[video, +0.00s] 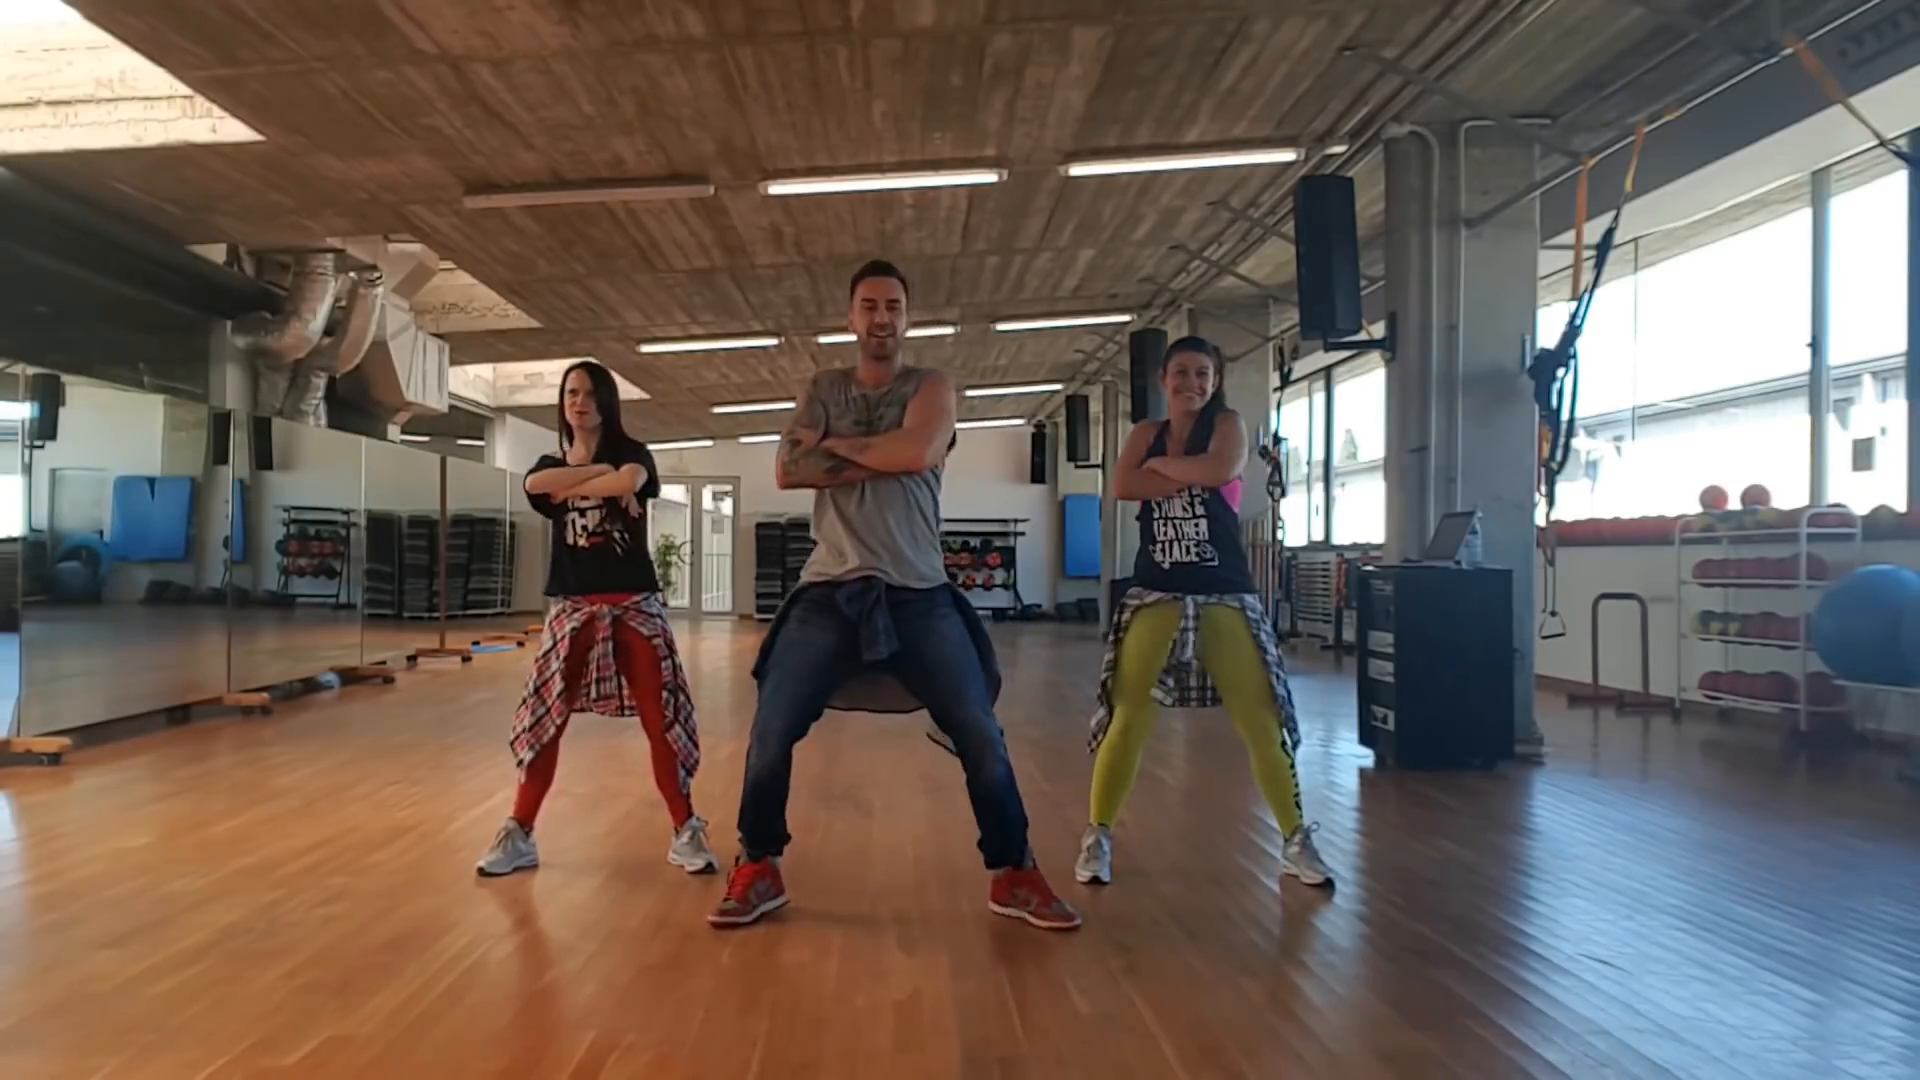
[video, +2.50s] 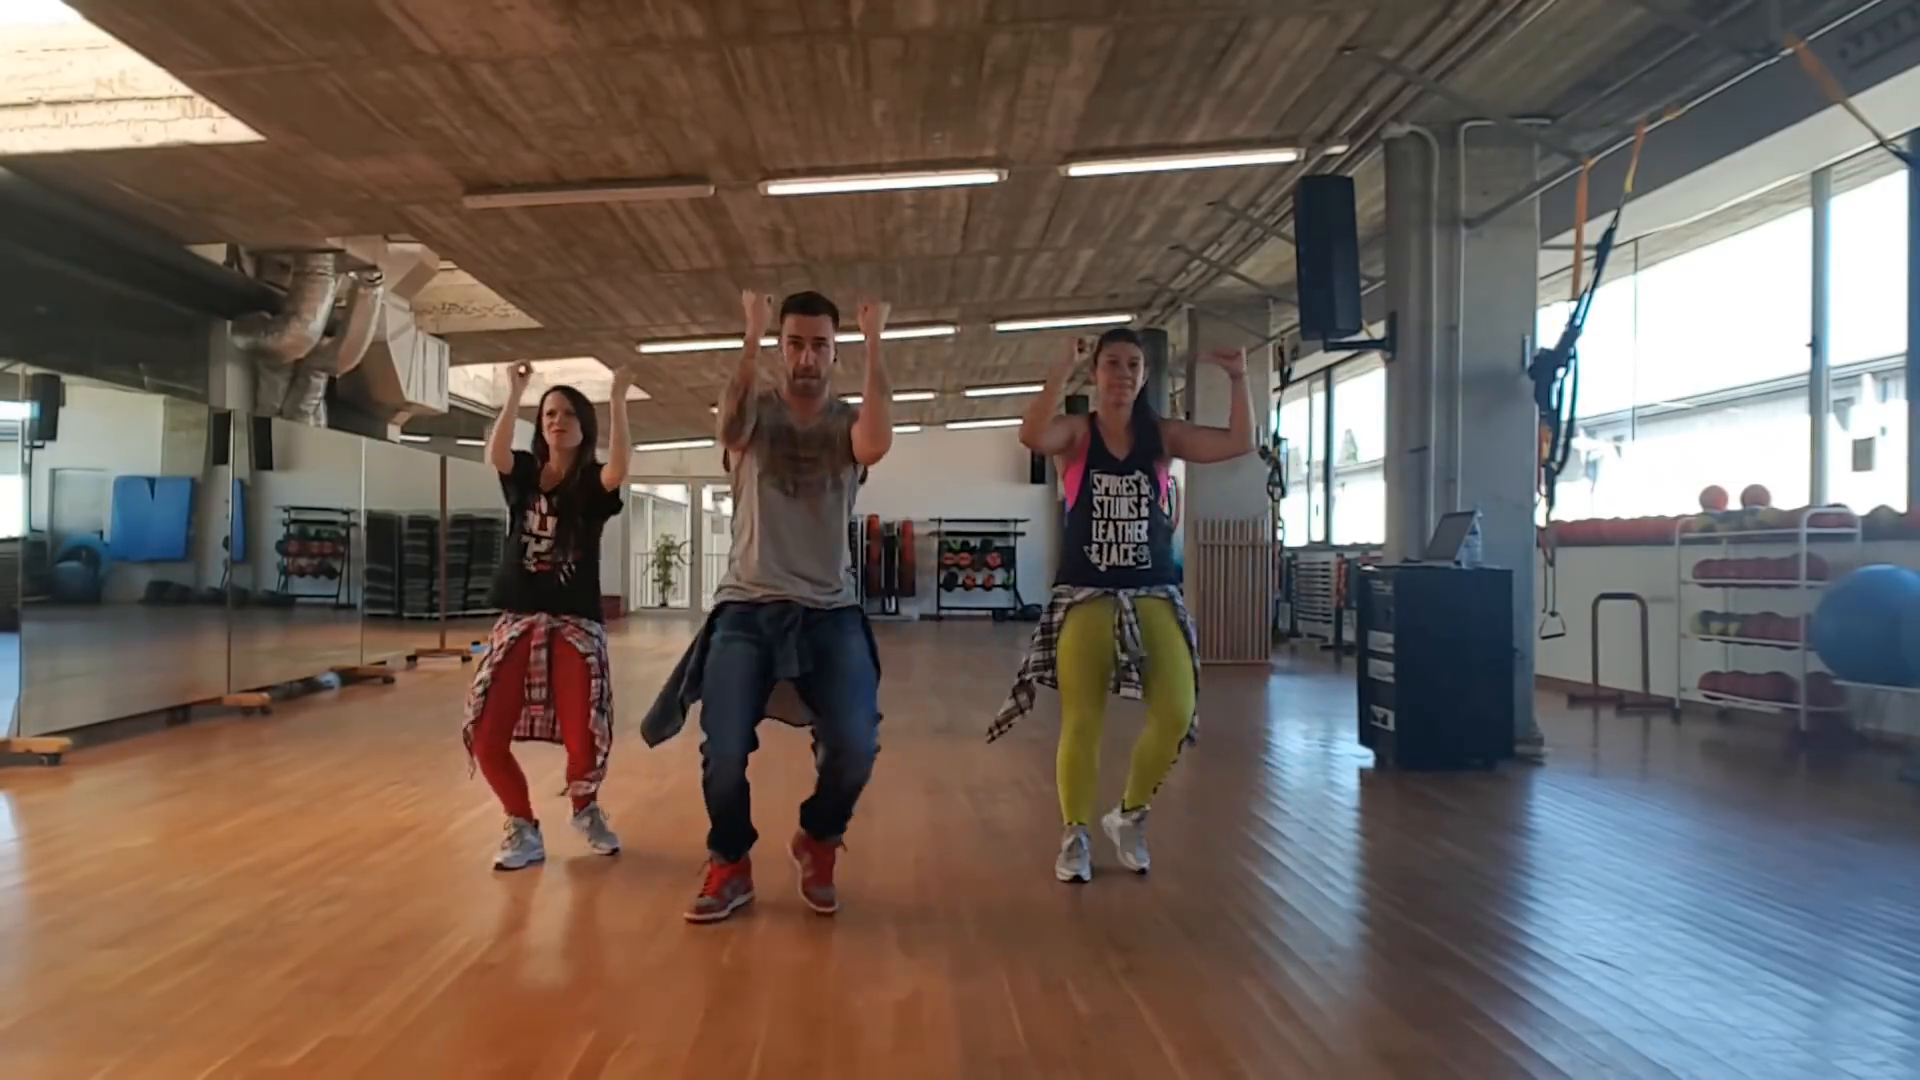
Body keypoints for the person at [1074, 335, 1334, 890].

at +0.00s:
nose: (1190, 381)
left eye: (1201, 373)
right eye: (1181, 372)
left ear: (1215, 383)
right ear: (1163, 380)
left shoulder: (1225, 423)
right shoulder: (1146, 433)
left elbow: (1221, 471)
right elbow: (1122, 486)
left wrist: (1154, 465)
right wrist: (1191, 473)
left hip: (1223, 591)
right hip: (1154, 590)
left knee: (1260, 719)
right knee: (1129, 714)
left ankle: (1296, 841)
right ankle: (1096, 837)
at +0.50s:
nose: (1225, 380)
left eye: (1233, 372)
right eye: (1214, 372)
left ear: (1245, 382)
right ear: (1193, 382)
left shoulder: (1253, 432)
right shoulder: (1181, 426)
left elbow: (1292, 484)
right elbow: (1202, 481)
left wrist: (1231, 466)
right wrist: (1260, 483)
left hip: (1249, 598)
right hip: (1182, 598)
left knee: (1275, 723)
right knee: (1146, 721)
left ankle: (1297, 842)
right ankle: (1099, 838)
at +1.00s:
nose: (1197, 374)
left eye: (1206, 367)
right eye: (1186, 366)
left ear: (1220, 379)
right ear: (1170, 379)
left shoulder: (1236, 426)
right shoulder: (1153, 429)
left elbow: (1257, 464)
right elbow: (1141, 478)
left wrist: (1181, 462)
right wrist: (1220, 476)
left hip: (1233, 591)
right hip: (1164, 591)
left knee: (1264, 714)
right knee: (1138, 717)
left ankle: (1297, 841)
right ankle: (1098, 838)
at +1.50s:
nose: (1225, 380)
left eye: (1232, 371)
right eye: (1213, 372)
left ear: (1246, 384)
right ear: (1193, 387)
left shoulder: (1260, 438)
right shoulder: (1180, 442)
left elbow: (1306, 439)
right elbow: (1122, 459)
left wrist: (1268, 378)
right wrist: (1144, 389)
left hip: (1265, 603)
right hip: (1196, 605)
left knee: (1286, 725)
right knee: (1165, 727)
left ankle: (1284, 843)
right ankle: (1117, 838)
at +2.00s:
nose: (1161, 388)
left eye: (1171, 377)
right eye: (1151, 376)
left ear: (1185, 385)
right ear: (1132, 385)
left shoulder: (1200, 445)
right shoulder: (1112, 441)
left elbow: (1277, 455)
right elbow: (1111, 444)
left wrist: (1264, 386)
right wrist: (1145, 393)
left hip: (1180, 600)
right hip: (1111, 599)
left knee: (1228, 725)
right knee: (1091, 729)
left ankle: (1282, 837)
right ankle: (1076, 841)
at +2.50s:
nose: (1122, 374)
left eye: (1132, 366)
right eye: (1112, 365)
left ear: (1144, 376)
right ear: (1094, 373)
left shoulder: (1161, 433)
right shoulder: (1076, 429)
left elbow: (1238, 442)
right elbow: (1032, 436)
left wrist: (1237, 376)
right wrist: (1061, 374)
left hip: (1154, 592)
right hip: (1087, 592)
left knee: (1176, 711)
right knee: (1082, 719)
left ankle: (1129, 815)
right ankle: (1075, 835)